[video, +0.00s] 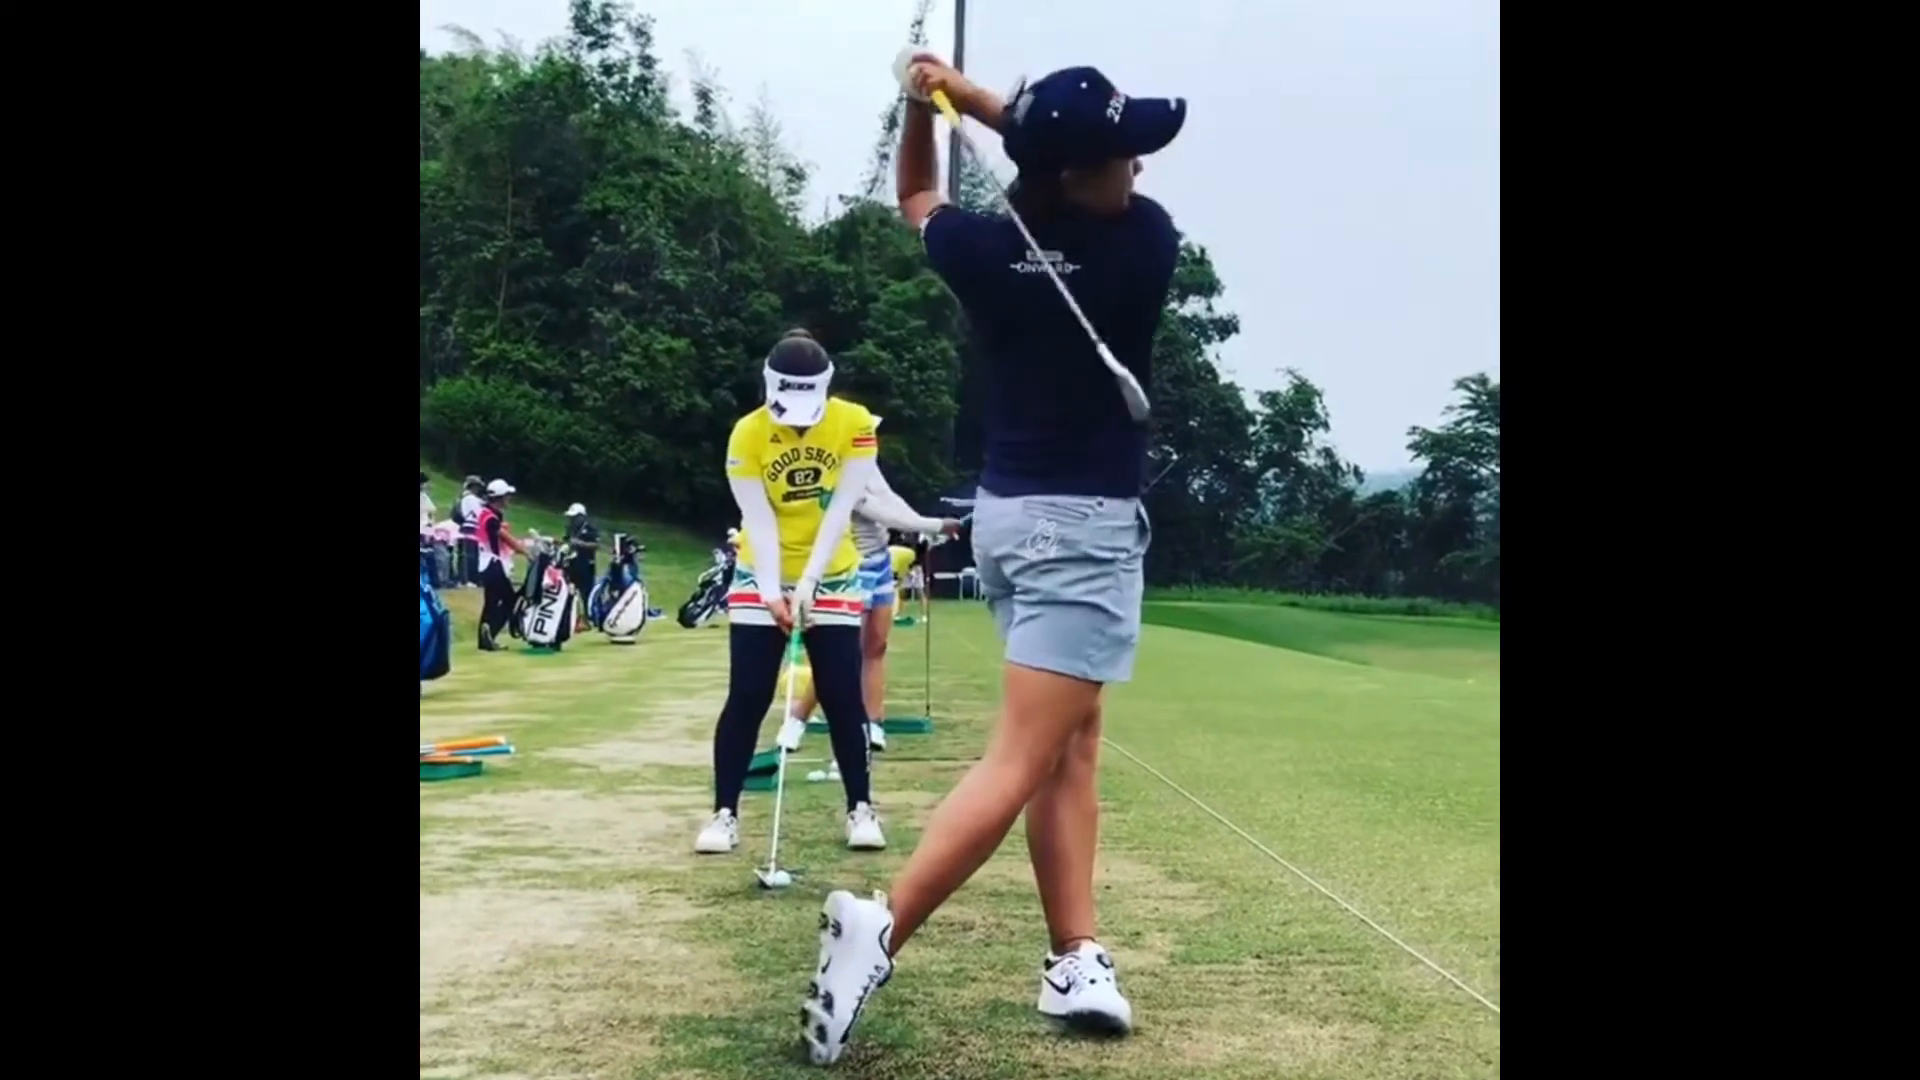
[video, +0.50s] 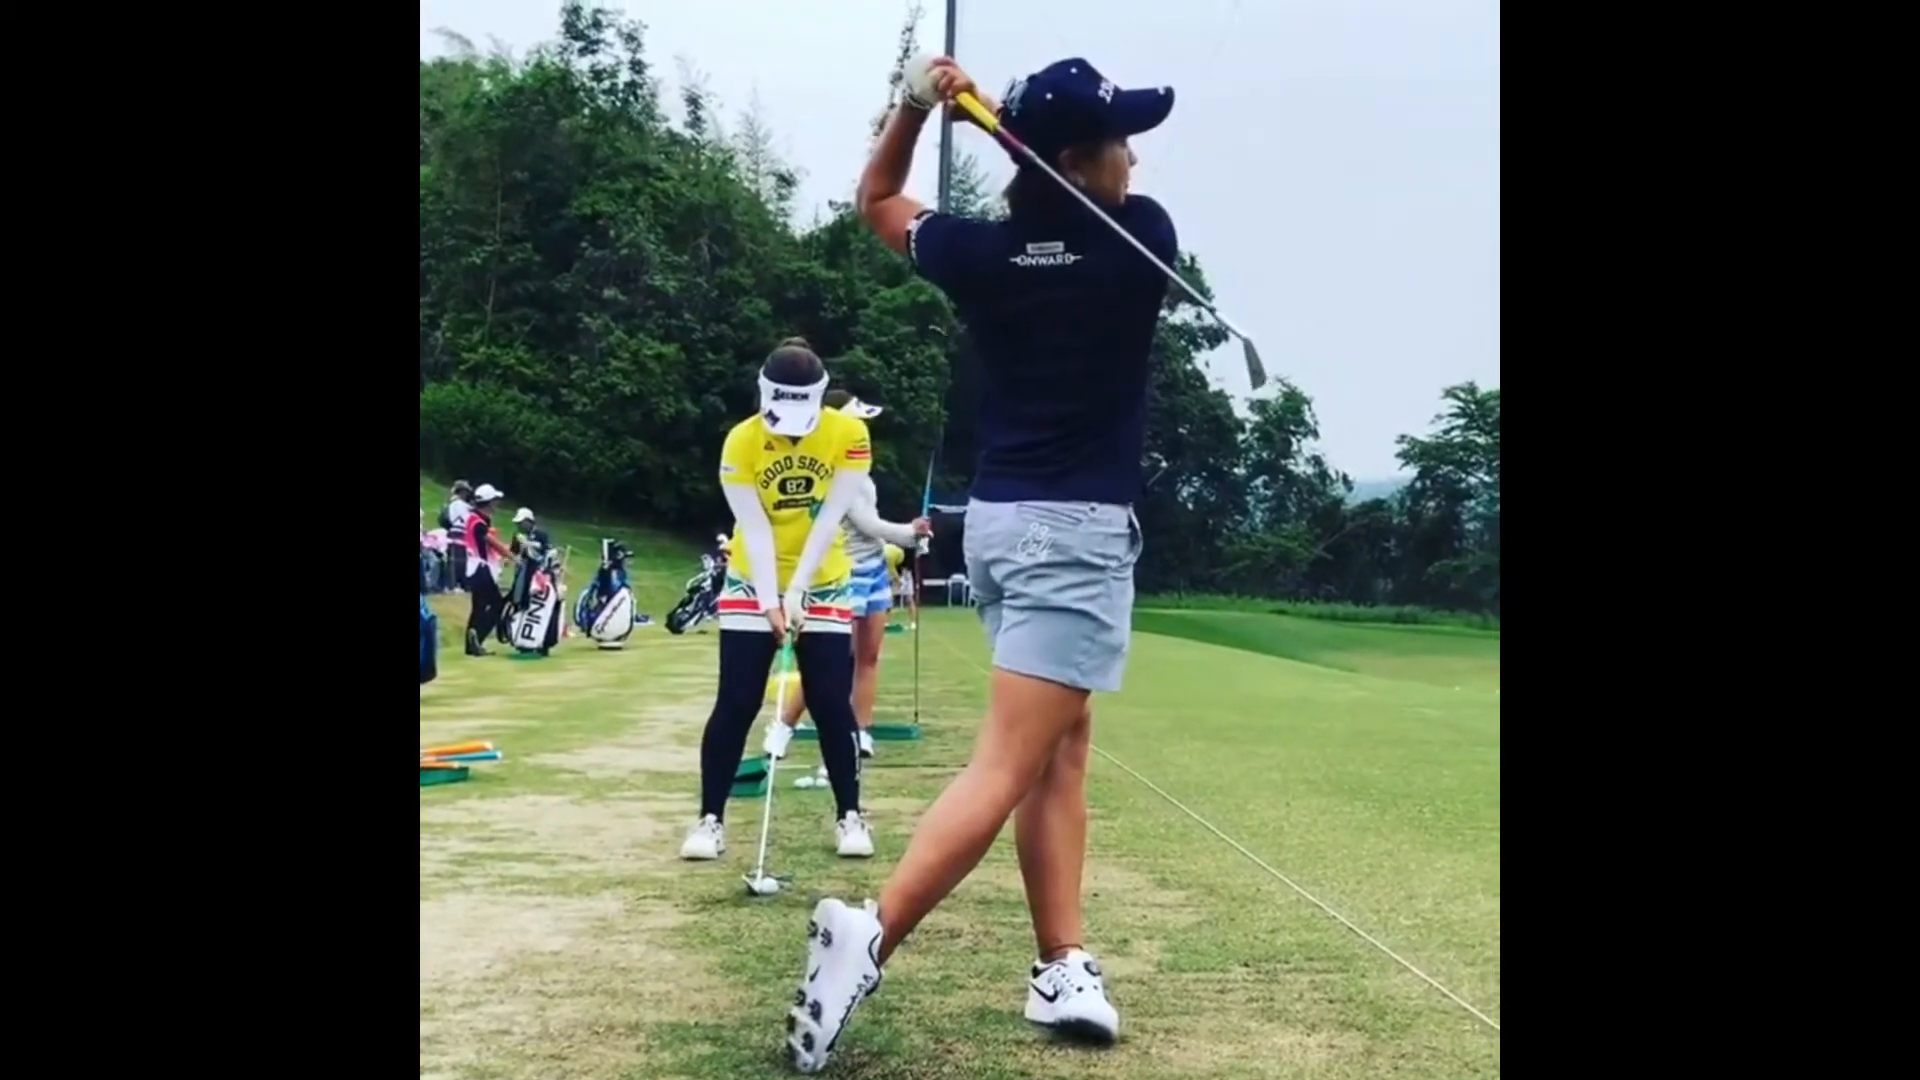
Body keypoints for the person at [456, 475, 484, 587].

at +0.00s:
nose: (480, 490)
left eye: (479, 488)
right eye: (479, 488)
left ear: (467, 487)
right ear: (476, 488)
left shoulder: (462, 499)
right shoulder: (478, 501)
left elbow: (456, 515)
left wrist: (463, 522)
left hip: (463, 529)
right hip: (473, 530)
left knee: (462, 555)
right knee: (472, 555)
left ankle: (463, 578)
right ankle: (472, 579)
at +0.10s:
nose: (476, 491)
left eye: (476, 488)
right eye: (475, 488)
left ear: (464, 487)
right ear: (472, 488)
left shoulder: (459, 500)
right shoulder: (474, 501)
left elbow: (452, 515)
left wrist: (459, 523)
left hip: (460, 531)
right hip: (470, 532)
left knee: (459, 557)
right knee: (469, 556)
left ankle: (459, 579)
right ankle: (468, 580)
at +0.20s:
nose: (472, 491)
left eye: (472, 489)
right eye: (471, 489)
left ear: (460, 489)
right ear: (469, 489)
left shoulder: (456, 501)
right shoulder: (472, 503)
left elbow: (447, 515)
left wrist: (455, 523)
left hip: (457, 531)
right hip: (467, 532)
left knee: (456, 557)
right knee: (466, 556)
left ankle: (456, 580)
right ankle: (466, 580)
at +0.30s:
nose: (470, 492)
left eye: (469, 490)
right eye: (469, 490)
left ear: (458, 490)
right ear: (467, 490)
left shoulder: (454, 502)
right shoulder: (471, 504)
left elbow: (445, 516)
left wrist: (453, 525)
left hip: (454, 534)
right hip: (464, 534)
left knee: (454, 558)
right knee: (463, 558)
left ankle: (453, 582)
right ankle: (464, 581)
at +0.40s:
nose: (468, 493)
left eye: (468, 491)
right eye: (467, 491)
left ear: (457, 491)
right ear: (464, 491)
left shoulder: (452, 503)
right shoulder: (467, 505)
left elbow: (444, 518)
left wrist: (451, 526)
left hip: (452, 534)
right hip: (462, 535)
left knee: (452, 560)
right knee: (462, 559)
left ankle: (452, 583)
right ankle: (462, 583)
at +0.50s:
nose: (467, 495)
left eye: (467, 492)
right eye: (466, 492)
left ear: (456, 492)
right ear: (463, 492)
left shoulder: (450, 505)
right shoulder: (466, 507)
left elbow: (443, 520)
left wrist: (450, 528)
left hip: (452, 536)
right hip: (461, 537)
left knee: (452, 561)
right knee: (461, 560)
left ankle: (451, 584)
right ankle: (461, 584)